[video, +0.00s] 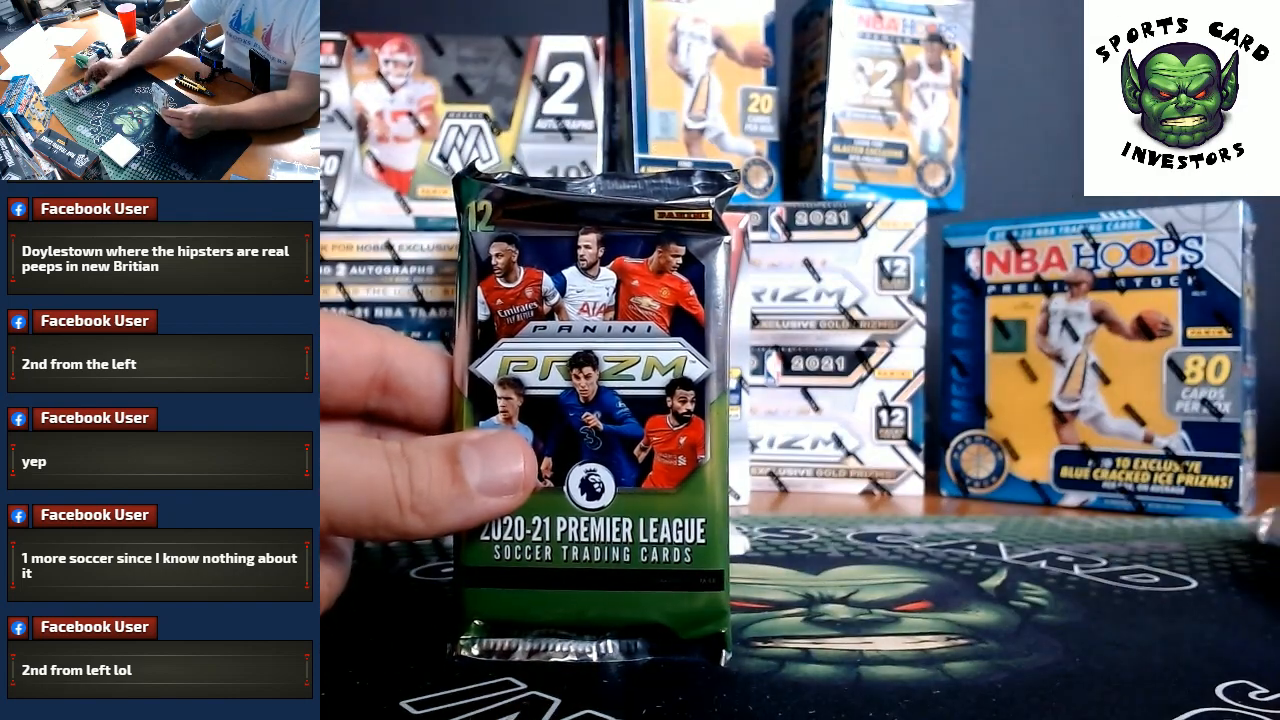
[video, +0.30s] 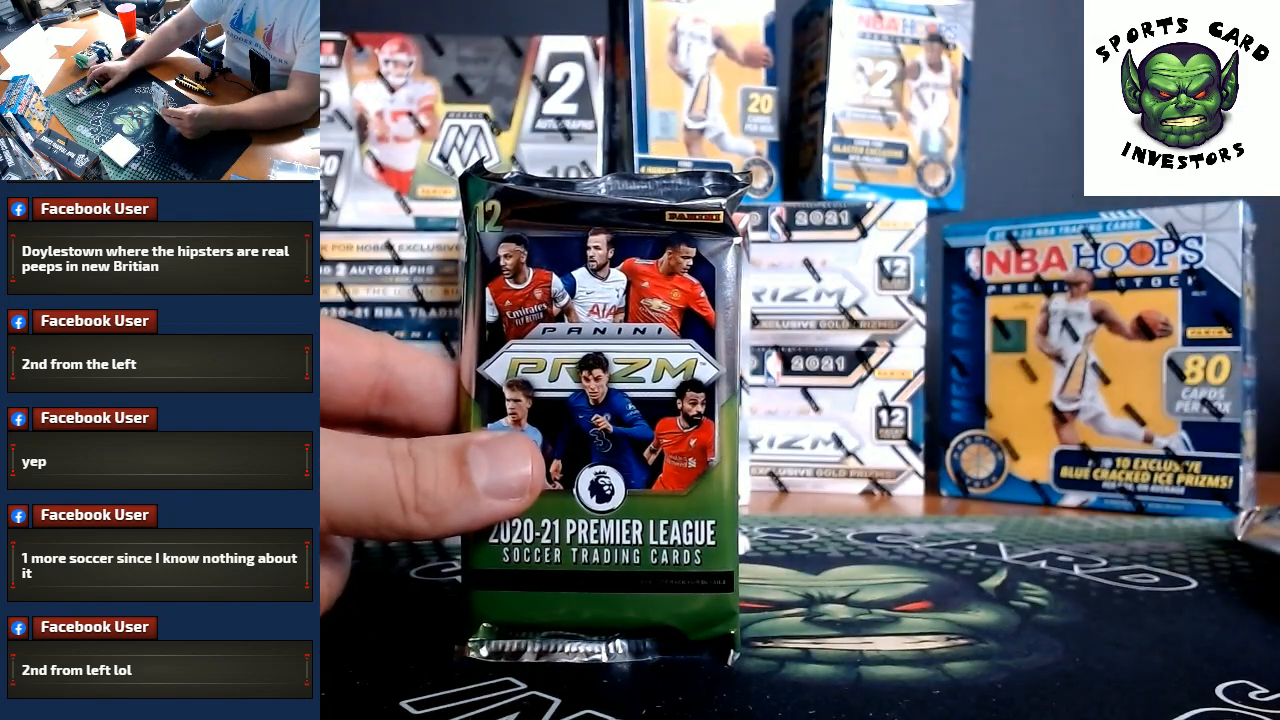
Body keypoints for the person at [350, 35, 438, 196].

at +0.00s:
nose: (399, 70)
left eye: (405, 65)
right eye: (393, 64)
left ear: (413, 66)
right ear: (382, 64)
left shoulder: (423, 89)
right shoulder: (365, 90)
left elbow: (432, 130)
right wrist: (370, 125)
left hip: (405, 169)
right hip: (374, 165)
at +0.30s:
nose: (398, 70)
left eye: (404, 64)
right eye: (392, 63)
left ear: (413, 66)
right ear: (381, 64)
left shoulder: (424, 90)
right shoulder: (365, 90)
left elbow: (432, 130)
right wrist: (370, 126)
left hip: (406, 169)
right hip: (374, 165)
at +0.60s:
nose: (398, 70)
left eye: (404, 65)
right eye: (392, 64)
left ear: (412, 66)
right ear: (381, 64)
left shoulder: (423, 90)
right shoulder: (365, 90)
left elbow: (432, 130)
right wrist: (370, 126)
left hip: (405, 169)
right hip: (373, 164)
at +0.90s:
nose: (398, 70)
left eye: (404, 64)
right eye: (392, 63)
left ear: (413, 66)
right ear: (381, 64)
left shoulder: (424, 90)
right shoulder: (365, 90)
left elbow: (432, 130)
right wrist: (370, 127)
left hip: (405, 170)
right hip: (373, 165)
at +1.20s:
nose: (398, 70)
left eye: (404, 65)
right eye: (392, 64)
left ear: (413, 66)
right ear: (381, 64)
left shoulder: (424, 90)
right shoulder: (365, 90)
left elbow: (432, 130)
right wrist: (370, 126)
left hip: (405, 169)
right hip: (373, 165)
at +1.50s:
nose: (398, 70)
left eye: (404, 65)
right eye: (392, 64)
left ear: (413, 66)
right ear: (381, 64)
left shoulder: (424, 90)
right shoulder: (365, 90)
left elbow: (432, 130)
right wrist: (370, 126)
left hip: (405, 169)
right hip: (373, 164)